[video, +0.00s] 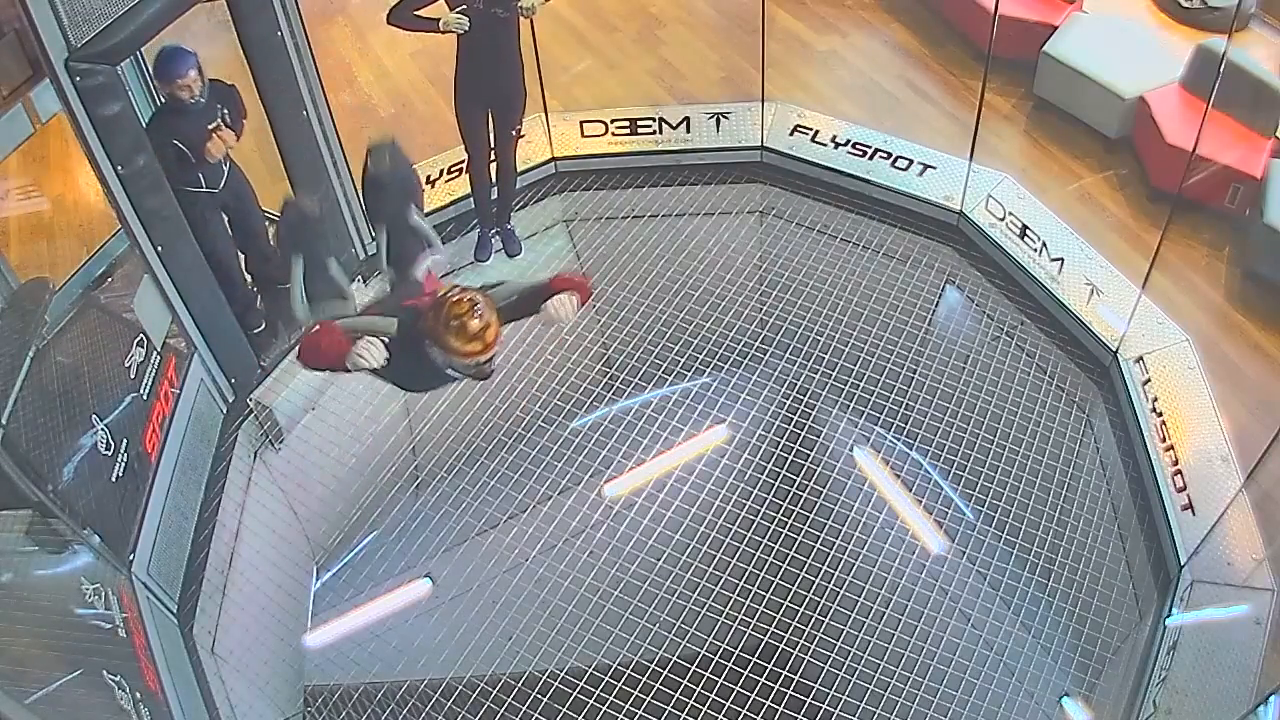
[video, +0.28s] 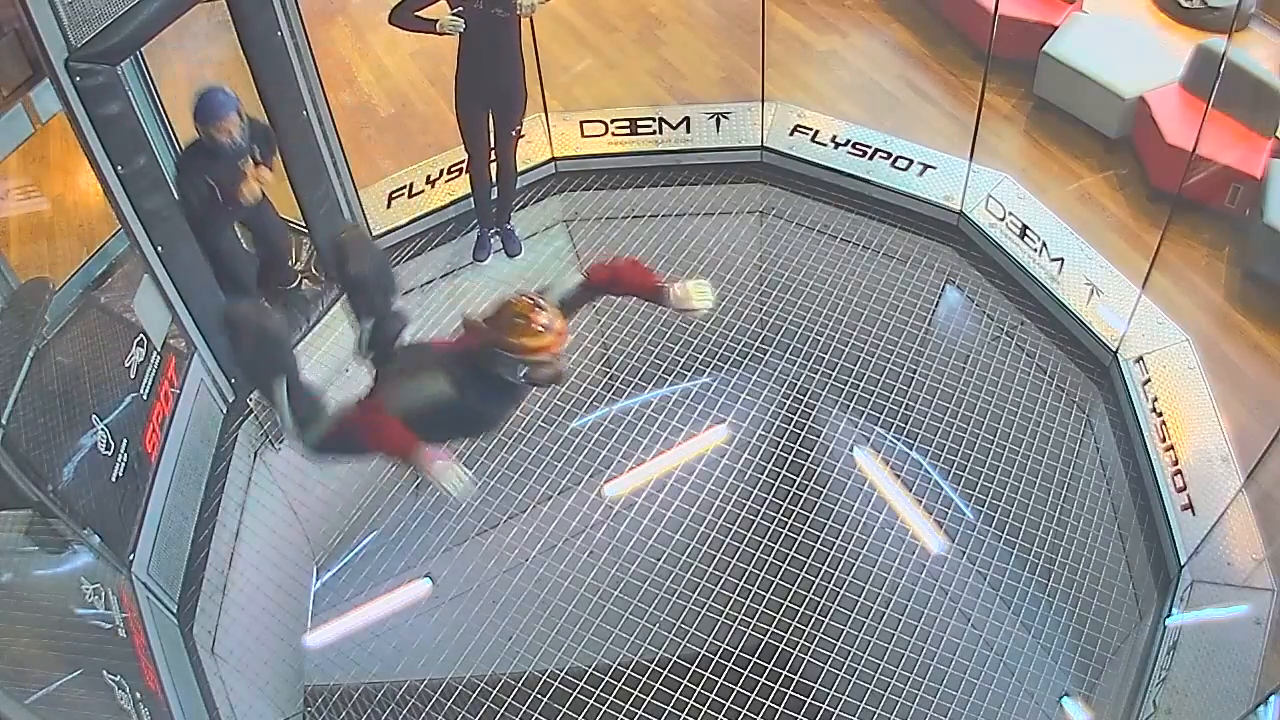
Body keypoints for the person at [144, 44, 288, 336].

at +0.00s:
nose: (193, 91)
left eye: (195, 81)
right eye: (183, 89)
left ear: (199, 71)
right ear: (163, 88)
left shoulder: (218, 90)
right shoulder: (158, 129)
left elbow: (235, 102)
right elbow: (172, 176)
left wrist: (233, 130)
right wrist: (205, 157)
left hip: (231, 178)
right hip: (196, 200)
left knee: (257, 238)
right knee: (224, 262)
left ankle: (276, 292)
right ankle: (253, 324)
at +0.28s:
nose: (230, 134)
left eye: (232, 125)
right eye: (221, 130)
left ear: (240, 113)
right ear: (203, 131)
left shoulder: (251, 128)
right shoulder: (191, 162)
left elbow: (266, 136)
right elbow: (200, 214)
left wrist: (264, 165)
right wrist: (235, 200)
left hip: (251, 198)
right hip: (215, 217)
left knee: (278, 236)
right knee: (237, 264)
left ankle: (278, 283)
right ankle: (249, 305)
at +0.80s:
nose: (356, 281)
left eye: (356, 272)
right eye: (345, 278)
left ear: (356, 254)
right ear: (325, 276)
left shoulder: (348, 245)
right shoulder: (306, 295)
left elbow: (386, 253)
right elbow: (298, 343)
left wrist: (413, 275)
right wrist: (336, 354)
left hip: (280, 236)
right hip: (257, 265)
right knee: (272, 342)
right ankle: (240, 295)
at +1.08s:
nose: (437, 357)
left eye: (439, 349)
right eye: (429, 356)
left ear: (440, 326)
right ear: (405, 350)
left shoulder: (423, 312)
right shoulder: (373, 350)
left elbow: (478, 311)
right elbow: (361, 411)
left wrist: (529, 327)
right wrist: (398, 434)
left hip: (337, 275)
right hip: (308, 299)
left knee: (281, 274)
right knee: (264, 317)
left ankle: (220, 263)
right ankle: (218, 282)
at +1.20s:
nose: (455, 380)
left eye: (459, 374)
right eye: (451, 378)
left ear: (458, 344)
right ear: (430, 367)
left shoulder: (444, 325)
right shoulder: (395, 363)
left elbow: (498, 317)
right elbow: (382, 425)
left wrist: (546, 342)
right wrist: (424, 453)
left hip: (351, 283)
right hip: (325, 310)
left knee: (286, 277)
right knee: (263, 313)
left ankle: (228, 266)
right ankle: (221, 284)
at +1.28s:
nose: (467, 386)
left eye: (472, 379)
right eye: (462, 382)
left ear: (468, 347)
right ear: (443, 373)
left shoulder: (457, 327)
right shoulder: (405, 372)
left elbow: (508, 316)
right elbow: (396, 433)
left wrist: (554, 345)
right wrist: (441, 462)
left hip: (360, 284)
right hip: (335, 315)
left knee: (292, 280)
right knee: (276, 317)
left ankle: (244, 266)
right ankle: (229, 284)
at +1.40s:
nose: (480, 382)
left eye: (485, 375)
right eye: (477, 379)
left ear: (475, 331)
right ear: (458, 370)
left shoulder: (467, 322)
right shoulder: (421, 377)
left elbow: (520, 313)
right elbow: (413, 438)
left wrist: (562, 341)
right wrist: (463, 463)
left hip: (366, 286)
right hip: (339, 321)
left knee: (293, 269)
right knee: (260, 307)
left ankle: (241, 264)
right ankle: (224, 281)